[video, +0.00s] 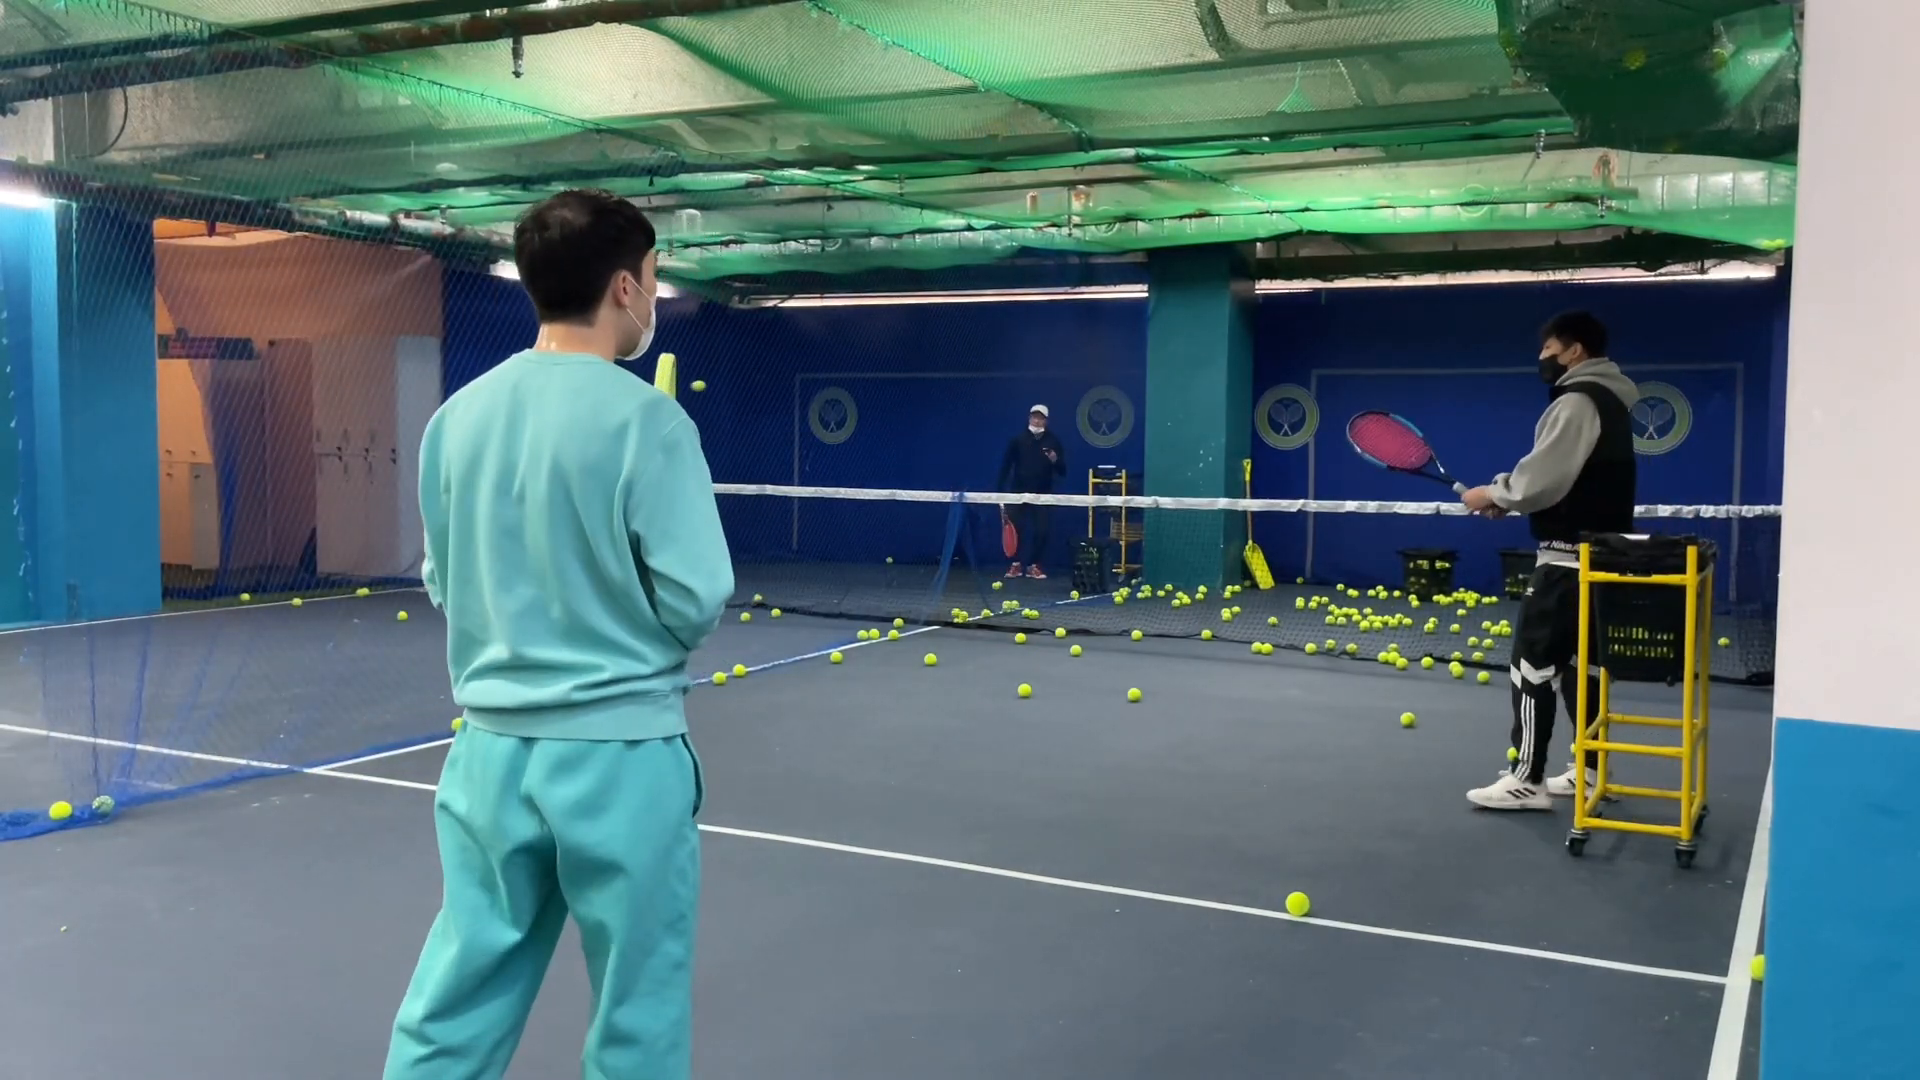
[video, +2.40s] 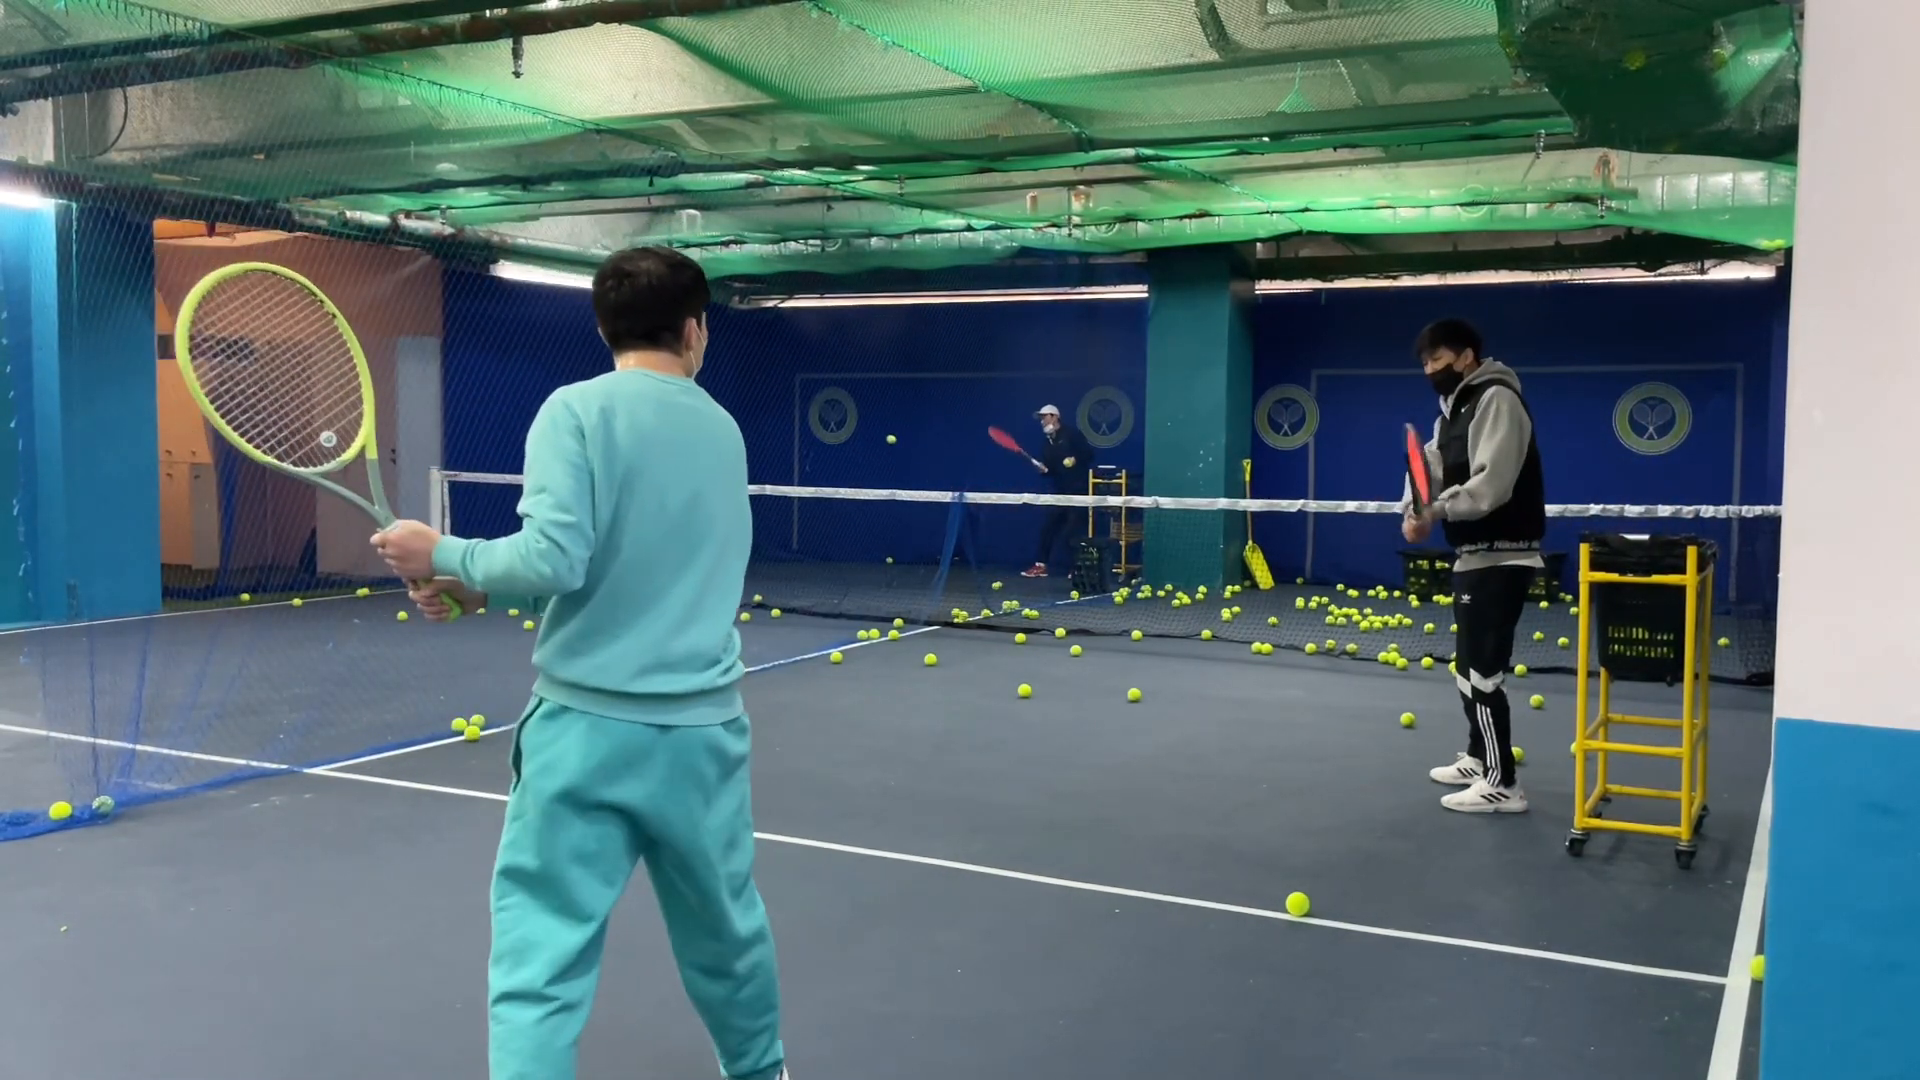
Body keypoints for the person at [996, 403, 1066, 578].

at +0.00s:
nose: (1036, 421)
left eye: (1040, 417)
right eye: (1034, 417)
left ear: (1046, 421)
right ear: (1029, 419)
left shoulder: (1052, 441)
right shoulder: (1019, 440)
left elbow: (1062, 471)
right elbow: (1005, 468)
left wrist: (1055, 461)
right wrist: (1000, 494)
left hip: (1042, 491)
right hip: (1018, 490)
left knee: (1041, 529)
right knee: (1017, 528)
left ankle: (1033, 565)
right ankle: (1016, 563)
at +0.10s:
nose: (1031, 418)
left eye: (1035, 415)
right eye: (1029, 414)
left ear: (1042, 418)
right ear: (1025, 417)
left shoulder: (1049, 439)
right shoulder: (1016, 439)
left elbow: (1063, 467)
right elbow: (1003, 466)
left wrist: (1072, 461)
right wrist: (996, 491)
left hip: (1041, 491)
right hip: (1017, 490)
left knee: (1041, 529)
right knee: (1017, 528)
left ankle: (1034, 565)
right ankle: (1019, 565)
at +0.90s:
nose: (1051, 411)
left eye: (1055, 408)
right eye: (1049, 408)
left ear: (1063, 412)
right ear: (1045, 410)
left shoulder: (1069, 435)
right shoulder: (1036, 432)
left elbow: (1088, 454)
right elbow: (1026, 458)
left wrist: (1098, 469)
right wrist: (1019, 482)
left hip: (1058, 488)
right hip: (1034, 486)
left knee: (1059, 529)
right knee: (1026, 526)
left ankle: (1059, 566)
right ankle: (1026, 564)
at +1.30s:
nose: (1045, 411)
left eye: (1049, 408)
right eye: (1043, 408)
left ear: (1057, 411)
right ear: (1039, 410)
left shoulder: (1066, 433)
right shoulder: (1034, 432)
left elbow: (1076, 454)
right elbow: (1027, 455)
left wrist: (1080, 458)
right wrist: (1020, 473)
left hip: (1057, 485)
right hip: (1034, 485)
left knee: (1058, 527)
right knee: (1026, 525)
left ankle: (1059, 566)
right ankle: (1024, 564)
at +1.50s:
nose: (1040, 412)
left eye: (1044, 409)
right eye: (1038, 409)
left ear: (1052, 412)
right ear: (1035, 412)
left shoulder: (1062, 434)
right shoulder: (1031, 434)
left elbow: (1071, 461)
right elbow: (1025, 458)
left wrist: (1056, 468)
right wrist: (1014, 474)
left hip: (1055, 488)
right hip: (1033, 487)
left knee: (1058, 527)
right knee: (1026, 525)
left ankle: (1063, 564)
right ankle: (1024, 564)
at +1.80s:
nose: (1041, 420)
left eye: (1044, 417)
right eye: (1040, 417)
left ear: (1054, 418)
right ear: (1040, 419)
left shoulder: (1066, 436)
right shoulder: (1045, 439)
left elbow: (1071, 462)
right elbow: (1044, 470)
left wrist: (1051, 470)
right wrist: (1033, 493)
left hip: (1067, 490)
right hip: (1050, 490)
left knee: (1067, 530)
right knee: (1039, 526)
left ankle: (1075, 568)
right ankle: (1029, 563)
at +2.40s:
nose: (1042, 421)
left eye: (1045, 417)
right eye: (1041, 418)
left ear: (1055, 417)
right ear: (1043, 420)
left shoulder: (1071, 433)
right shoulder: (1046, 442)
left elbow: (1088, 453)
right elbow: (1051, 469)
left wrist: (1075, 459)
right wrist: (1044, 469)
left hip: (1078, 487)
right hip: (1059, 487)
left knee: (1075, 528)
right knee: (1050, 525)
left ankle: (1078, 568)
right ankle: (1041, 564)